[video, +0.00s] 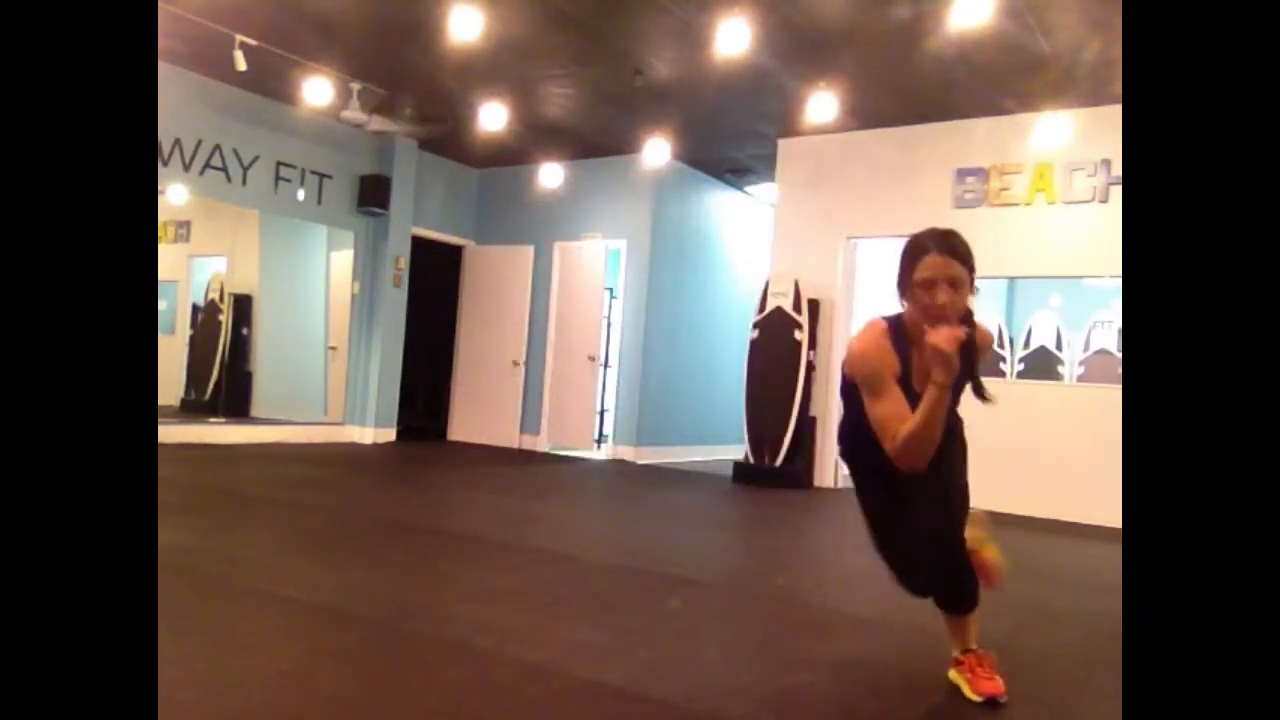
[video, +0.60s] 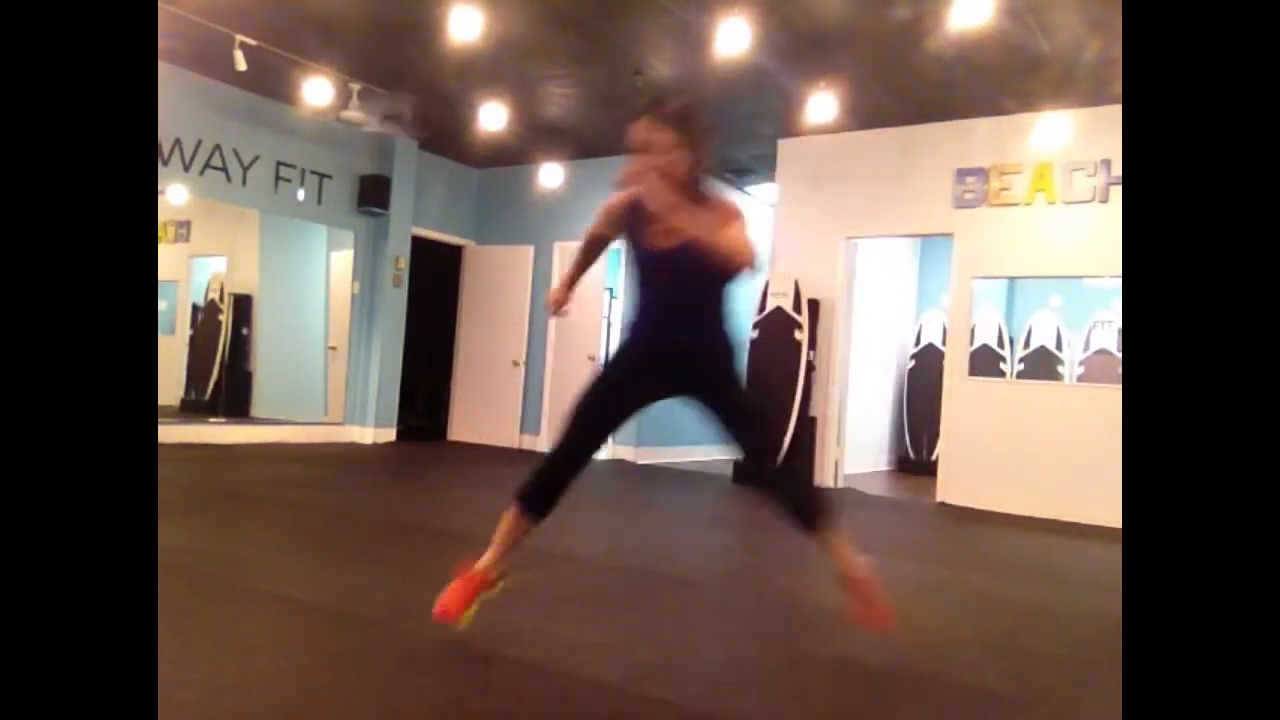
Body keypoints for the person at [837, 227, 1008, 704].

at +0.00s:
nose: (942, 298)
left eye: (953, 285)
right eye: (927, 286)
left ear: (971, 290)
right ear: (904, 293)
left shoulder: (977, 341)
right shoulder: (871, 349)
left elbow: (956, 377)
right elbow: (908, 456)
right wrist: (940, 381)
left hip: (942, 447)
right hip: (878, 460)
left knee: (951, 558)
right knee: (918, 577)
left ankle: (966, 656)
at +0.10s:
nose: (936, 290)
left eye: (949, 277)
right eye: (922, 278)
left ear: (968, 284)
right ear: (902, 283)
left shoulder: (972, 336)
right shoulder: (867, 342)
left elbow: (957, 378)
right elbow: (870, 451)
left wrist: (961, 395)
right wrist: (940, 403)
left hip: (941, 440)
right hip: (879, 457)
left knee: (944, 552)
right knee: (920, 568)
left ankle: (966, 656)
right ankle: (997, 544)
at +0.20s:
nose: (907, 255)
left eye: (921, 241)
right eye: (893, 243)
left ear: (944, 248)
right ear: (878, 250)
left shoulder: (956, 312)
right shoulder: (844, 312)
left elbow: (979, 383)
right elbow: (814, 404)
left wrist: (1028, 453)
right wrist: (846, 472)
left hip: (928, 432)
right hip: (864, 436)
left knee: (941, 546)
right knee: (890, 557)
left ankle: (965, 655)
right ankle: (953, 568)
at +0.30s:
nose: (855, 219)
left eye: (868, 206)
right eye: (845, 207)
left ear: (896, 210)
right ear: (835, 211)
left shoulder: (931, 273)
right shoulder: (811, 277)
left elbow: (1008, 344)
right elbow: (757, 343)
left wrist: (981, 319)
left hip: (900, 411)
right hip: (829, 411)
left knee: (938, 532)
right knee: (797, 516)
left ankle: (966, 653)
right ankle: (839, 570)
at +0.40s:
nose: (789, 175)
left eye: (801, 163)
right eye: (780, 163)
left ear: (833, 170)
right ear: (773, 172)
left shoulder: (858, 226)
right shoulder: (759, 236)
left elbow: (939, 248)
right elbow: (695, 271)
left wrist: (842, 193)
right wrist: (652, 321)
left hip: (842, 388)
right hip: (773, 385)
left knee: (906, 507)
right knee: (704, 455)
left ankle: (964, 647)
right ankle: (685, 554)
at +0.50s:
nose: (708, 151)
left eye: (721, 140)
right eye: (702, 141)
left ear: (752, 145)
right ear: (695, 150)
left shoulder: (788, 197)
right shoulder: (691, 202)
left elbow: (846, 226)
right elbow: (645, 230)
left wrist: (763, 187)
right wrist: (607, 276)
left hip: (777, 358)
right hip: (710, 352)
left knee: (852, 479)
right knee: (624, 438)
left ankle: (935, 604)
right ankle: (556, 541)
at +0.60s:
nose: (644, 164)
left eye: (657, 152)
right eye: (637, 152)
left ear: (688, 154)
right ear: (632, 156)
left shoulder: (718, 211)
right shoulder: (630, 207)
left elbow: (740, 257)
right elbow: (594, 243)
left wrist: (678, 217)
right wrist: (567, 285)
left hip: (708, 363)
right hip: (643, 358)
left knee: (768, 462)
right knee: (571, 450)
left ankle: (847, 561)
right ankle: (490, 563)